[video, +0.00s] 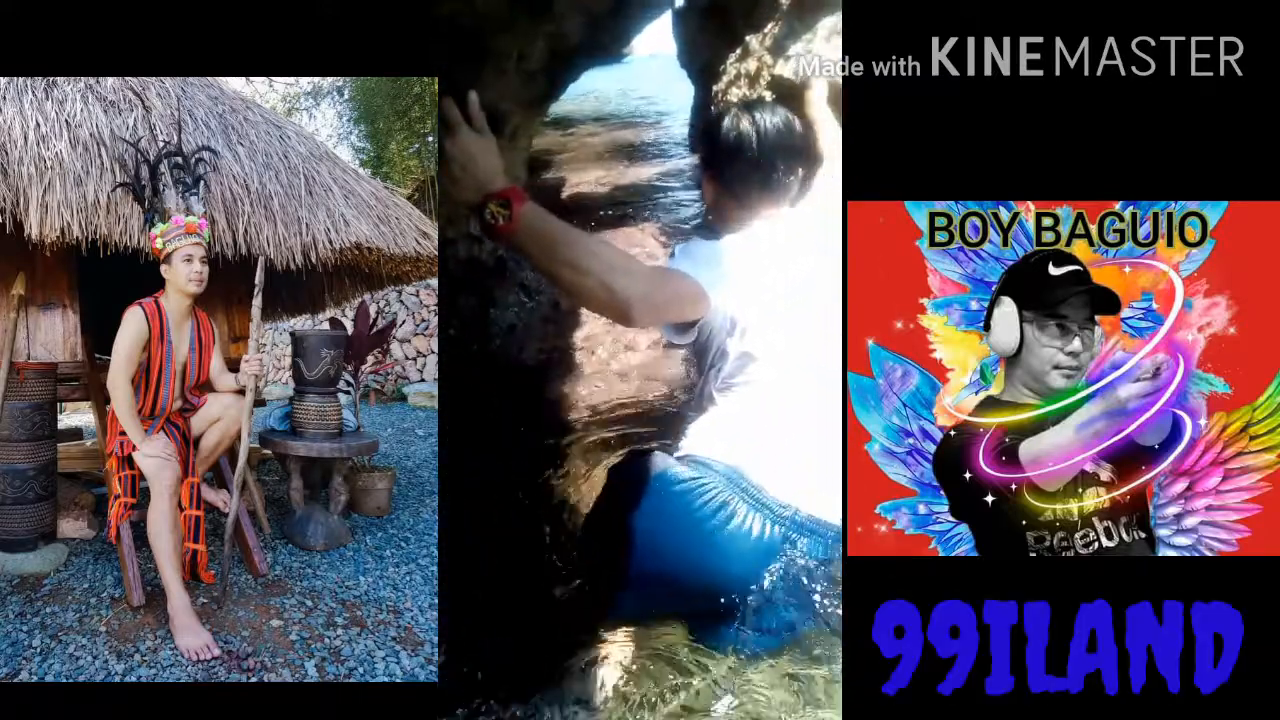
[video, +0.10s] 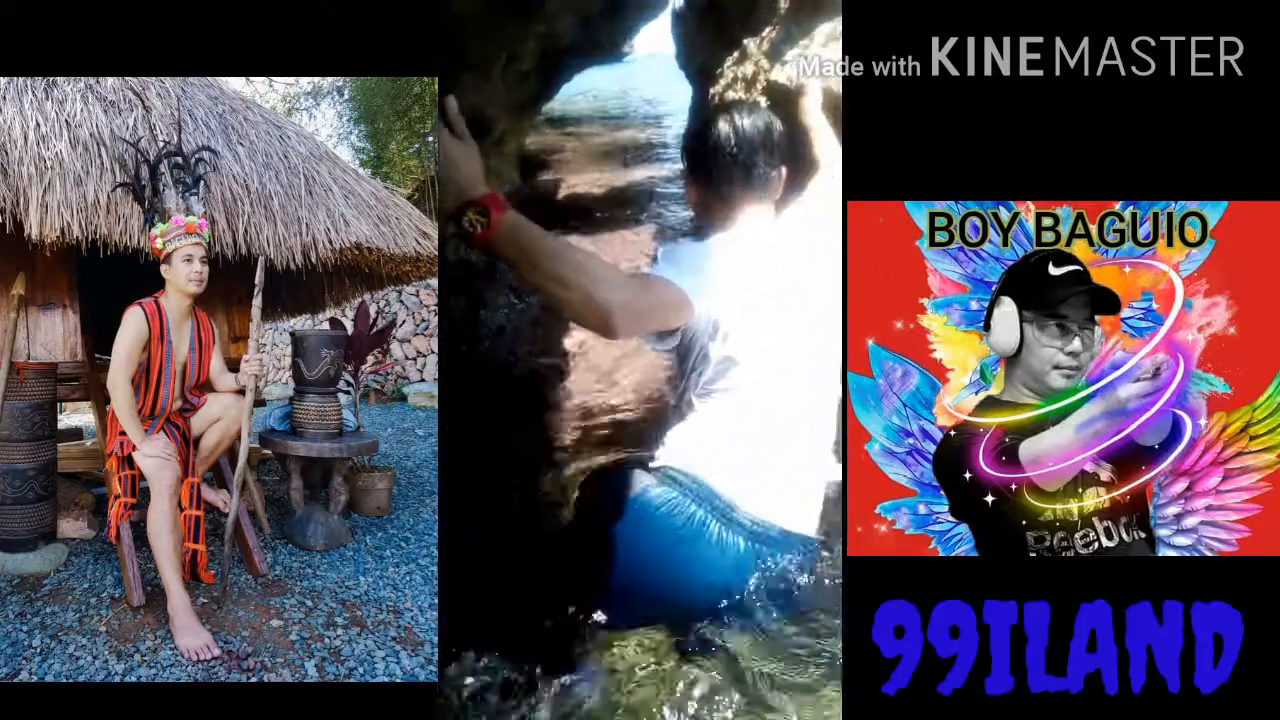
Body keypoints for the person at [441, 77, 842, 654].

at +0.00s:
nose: (705, 196)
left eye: (705, 183)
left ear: (710, 184)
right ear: (803, 177)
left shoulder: (748, 254)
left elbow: (634, 297)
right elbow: (831, 157)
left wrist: (498, 198)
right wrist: (815, 95)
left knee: (641, 489)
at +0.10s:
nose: (691, 196)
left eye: (691, 181)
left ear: (693, 188)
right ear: (782, 180)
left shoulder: (726, 259)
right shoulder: (825, 239)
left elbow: (617, 306)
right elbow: (830, 164)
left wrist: (476, 202)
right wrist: (807, 102)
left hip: (685, 526)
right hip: (789, 555)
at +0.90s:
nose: (580, 142)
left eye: (586, 131)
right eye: (685, 130)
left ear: (601, 132)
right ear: (677, 135)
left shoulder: (604, 163)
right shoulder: (721, 187)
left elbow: (563, 252)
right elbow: (819, 189)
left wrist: (433, 221)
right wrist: (817, 105)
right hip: (669, 441)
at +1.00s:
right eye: (699, 119)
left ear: (616, 112)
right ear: (691, 123)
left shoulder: (613, 143)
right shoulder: (730, 172)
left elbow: (564, 224)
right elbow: (827, 189)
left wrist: (450, 208)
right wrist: (834, 110)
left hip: (577, 416)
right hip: (675, 419)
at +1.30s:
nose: (769, 123)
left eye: (768, 115)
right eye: (768, 114)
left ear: (698, 97)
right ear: (759, 109)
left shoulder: (649, 135)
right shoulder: (789, 164)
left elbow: (608, 237)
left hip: (619, 386)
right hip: (721, 393)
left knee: (592, 531)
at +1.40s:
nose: (761, 114)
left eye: (762, 105)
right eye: (761, 104)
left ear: (688, 89)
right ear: (752, 99)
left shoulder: (633, 129)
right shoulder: (777, 155)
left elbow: (593, 250)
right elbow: (849, 202)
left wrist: (527, 349)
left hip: (608, 374)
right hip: (708, 385)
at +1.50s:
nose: (749, 122)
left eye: (749, 116)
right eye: (750, 115)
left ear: (679, 98)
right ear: (742, 109)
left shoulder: (618, 142)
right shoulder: (761, 159)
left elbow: (574, 259)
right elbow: (840, 204)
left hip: (606, 367)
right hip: (700, 375)